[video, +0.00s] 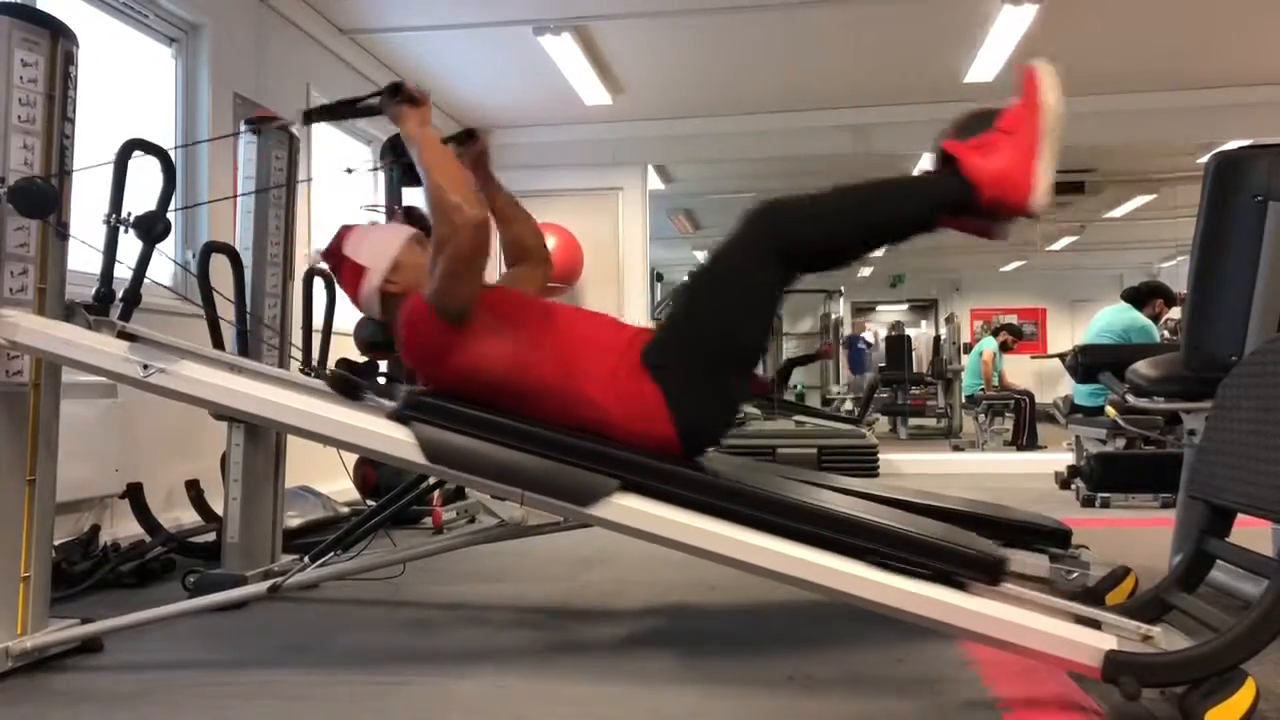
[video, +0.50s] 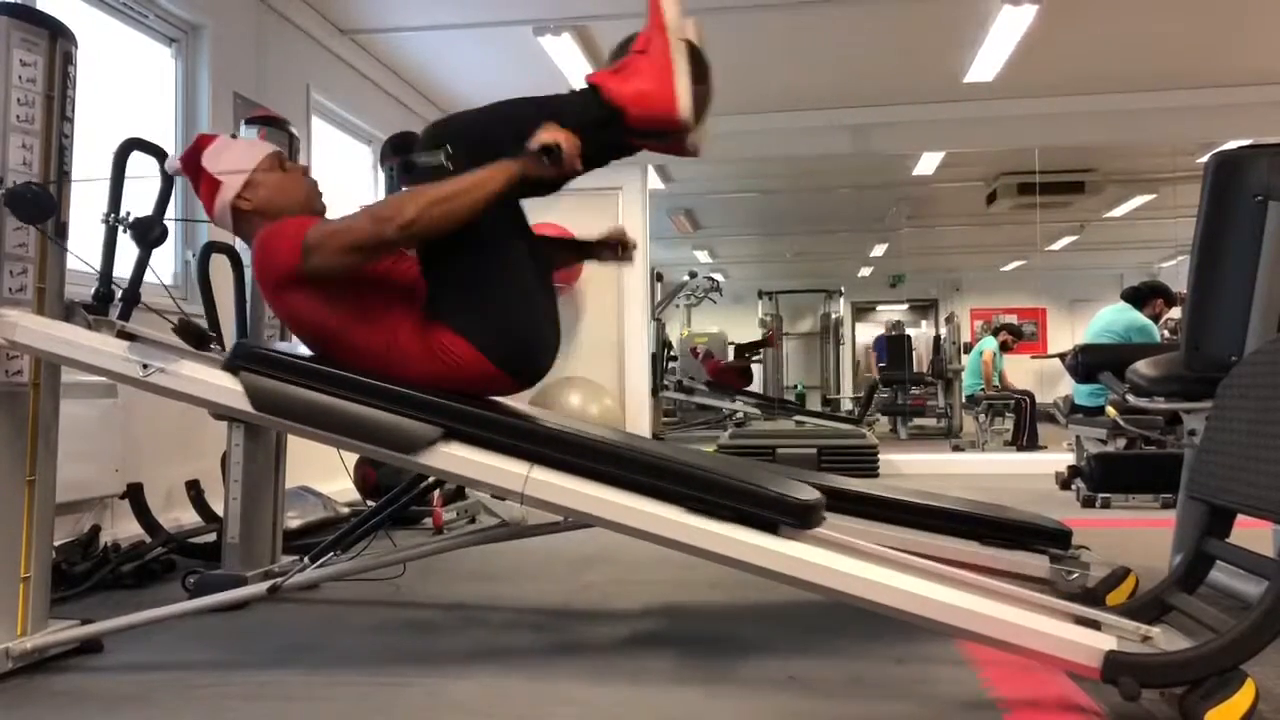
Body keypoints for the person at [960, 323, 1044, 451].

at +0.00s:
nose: (1013, 347)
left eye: (1016, 344)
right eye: (1013, 342)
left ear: (1003, 336)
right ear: (1003, 334)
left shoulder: (997, 351)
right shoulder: (990, 342)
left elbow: (1003, 383)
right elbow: (986, 361)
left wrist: (1020, 389)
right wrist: (988, 390)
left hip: (983, 392)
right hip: (975, 393)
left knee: (1026, 397)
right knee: (1025, 398)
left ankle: (1020, 441)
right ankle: (1025, 444)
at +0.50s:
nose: (1014, 347)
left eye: (1016, 344)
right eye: (1013, 342)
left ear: (1003, 335)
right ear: (1003, 334)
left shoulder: (998, 352)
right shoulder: (990, 341)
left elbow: (1004, 382)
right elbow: (986, 361)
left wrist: (1018, 394)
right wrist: (989, 390)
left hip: (984, 392)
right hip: (976, 393)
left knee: (1026, 397)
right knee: (1026, 398)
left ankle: (1018, 441)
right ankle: (1026, 444)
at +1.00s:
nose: (1014, 347)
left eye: (1016, 344)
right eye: (1013, 342)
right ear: (1003, 334)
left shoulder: (998, 352)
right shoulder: (990, 341)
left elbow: (1004, 381)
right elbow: (986, 361)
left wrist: (1018, 389)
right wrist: (989, 390)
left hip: (985, 392)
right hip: (976, 393)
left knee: (1026, 398)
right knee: (1026, 399)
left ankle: (1020, 442)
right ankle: (1025, 444)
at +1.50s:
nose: (1013, 347)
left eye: (1016, 344)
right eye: (1013, 342)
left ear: (1003, 336)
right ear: (1004, 334)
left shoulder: (997, 352)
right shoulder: (990, 341)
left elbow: (1004, 382)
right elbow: (986, 360)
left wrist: (1020, 391)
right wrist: (989, 389)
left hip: (985, 392)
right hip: (976, 393)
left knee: (1027, 397)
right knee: (1025, 399)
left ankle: (1022, 442)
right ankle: (1026, 445)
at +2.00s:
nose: (1013, 347)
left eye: (1015, 344)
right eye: (1013, 342)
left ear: (1003, 335)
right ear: (1003, 334)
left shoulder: (997, 352)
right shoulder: (990, 342)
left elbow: (1003, 382)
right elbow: (986, 361)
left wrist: (1019, 390)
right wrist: (989, 390)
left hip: (985, 392)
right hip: (976, 393)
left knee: (1027, 397)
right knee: (1024, 399)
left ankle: (1028, 443)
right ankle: (1024, 444)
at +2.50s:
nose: (1013, 342)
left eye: (1015, 338)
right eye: (1011, 337)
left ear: (1002, 333)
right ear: (1002, 332)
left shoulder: (999, 350)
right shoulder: (991, 340)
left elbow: (1005, 379)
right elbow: (987, 360)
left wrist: (1020, 390)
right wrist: (989, 389)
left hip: (986, 391)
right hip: (977, 392)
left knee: (1027, 398)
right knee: (1025, 400)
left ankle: (1026, 442)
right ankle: (1024, 444)